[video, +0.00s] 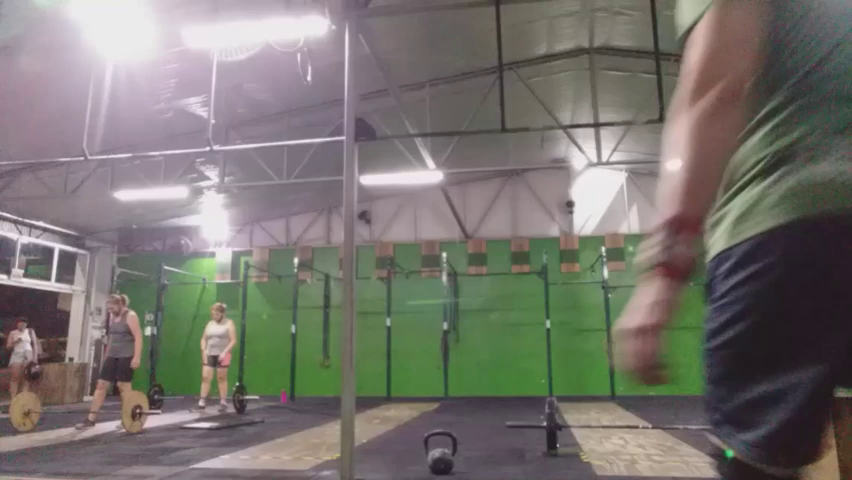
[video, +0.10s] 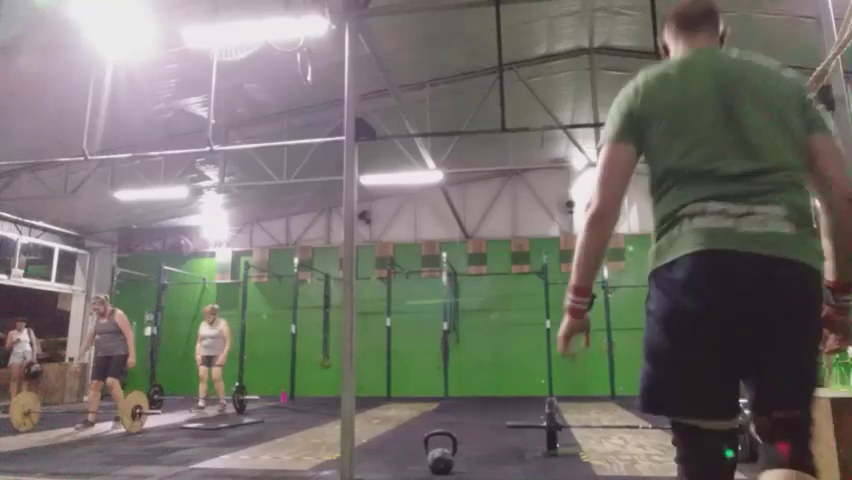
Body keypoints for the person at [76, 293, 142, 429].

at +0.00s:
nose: (111, 311)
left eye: (113, 308)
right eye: (109, 308)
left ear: (120, 305)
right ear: (108, 307)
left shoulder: (130, 316)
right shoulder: (111, 316)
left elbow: (138, 336)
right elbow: (111, 338)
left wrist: (136, 357)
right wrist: (107, 355)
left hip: (126, 356)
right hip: (112, 355)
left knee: (124, 386)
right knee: (101, 385)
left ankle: (128, 419)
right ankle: (91, 418)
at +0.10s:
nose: (96, 312)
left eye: (98, 308)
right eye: (95, 309)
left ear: (105, 304)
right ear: (94, 308)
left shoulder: (118, 315)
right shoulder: (98, 318)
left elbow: (129, 334)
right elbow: (91, 336)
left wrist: (132, 355)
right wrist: (82, 351)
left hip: (118, 354)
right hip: (101, 355)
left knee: (112, 381)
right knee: (95, 384)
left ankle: (122, 415)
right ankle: (91, 418)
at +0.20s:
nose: (99, 313)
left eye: (101, 310)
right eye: (98, 311)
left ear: (108, 306)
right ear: (97, 309)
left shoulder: (119, 316)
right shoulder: (100, 318)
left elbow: (127, 337)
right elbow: (95, 340)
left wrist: (126, 360)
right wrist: (90, 357)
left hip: (116, 356)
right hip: (100, 355)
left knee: (112, 384)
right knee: (93, 384)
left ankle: (113, 419)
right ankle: (90, 417)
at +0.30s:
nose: (94, 310)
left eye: (96, 307)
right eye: (92, 308)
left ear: (104, 304)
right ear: (92, 306)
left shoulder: (114, 315)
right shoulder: (95, 317)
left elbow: (122, 335)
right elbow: (91, 339)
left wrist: (120, 358)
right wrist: (87, 358)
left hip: (111, 355)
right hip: (96, 355)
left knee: (110, 385)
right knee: (89, 386)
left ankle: (112, 420)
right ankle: (82, 419)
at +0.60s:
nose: (89, 319)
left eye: (91, 316)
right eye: (86, 317)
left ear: (97, 312)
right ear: (84, 315)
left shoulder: (107, 319)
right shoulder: (86, 322)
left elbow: (113, 343)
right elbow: (85, 345)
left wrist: (111, 365)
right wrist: (83, 365)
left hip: (114, 356)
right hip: (97, 356)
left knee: (110, 384)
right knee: (83, 383)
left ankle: (112, 420)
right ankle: (80, 419)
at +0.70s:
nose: (88, 327)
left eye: (90, 324)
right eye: (85, 325)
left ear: (96, 319)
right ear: (82, 322)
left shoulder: (106, 326)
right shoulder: (85, 330)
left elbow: (111, 350)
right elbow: (83, 351)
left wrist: (109, 373)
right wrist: (80, 372)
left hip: (117, 361)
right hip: (100, 361)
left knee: (108, 384)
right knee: (79, 384)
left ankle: (112, 420)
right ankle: (80, 420)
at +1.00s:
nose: (83, 320)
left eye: (87, 317)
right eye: (82, 317)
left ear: (95, 318)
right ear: (80, 319)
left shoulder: (104, 330)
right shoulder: (83, 334)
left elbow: (108, 355)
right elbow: (81, 355)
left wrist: (107, 377)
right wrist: (77, 376)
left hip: (118, 361)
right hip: (101, 361)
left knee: (108, 385)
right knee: (81, 384)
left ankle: (112, 420)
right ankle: (80, 420)